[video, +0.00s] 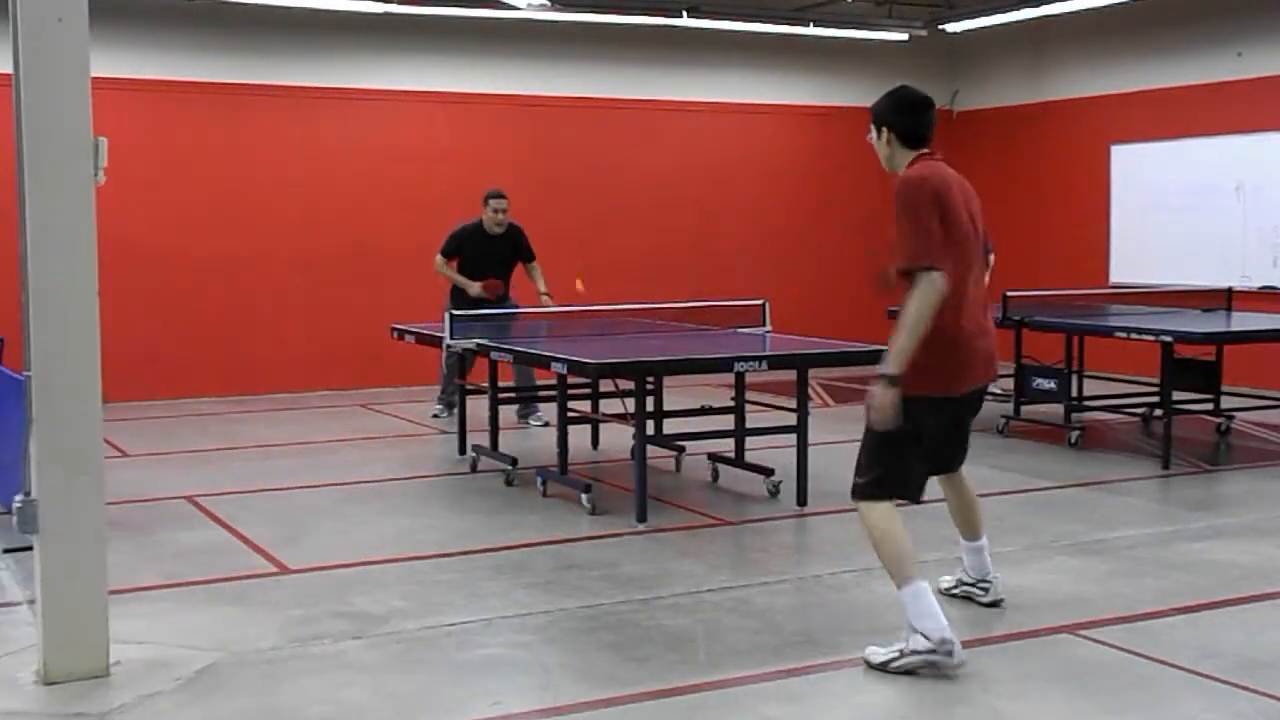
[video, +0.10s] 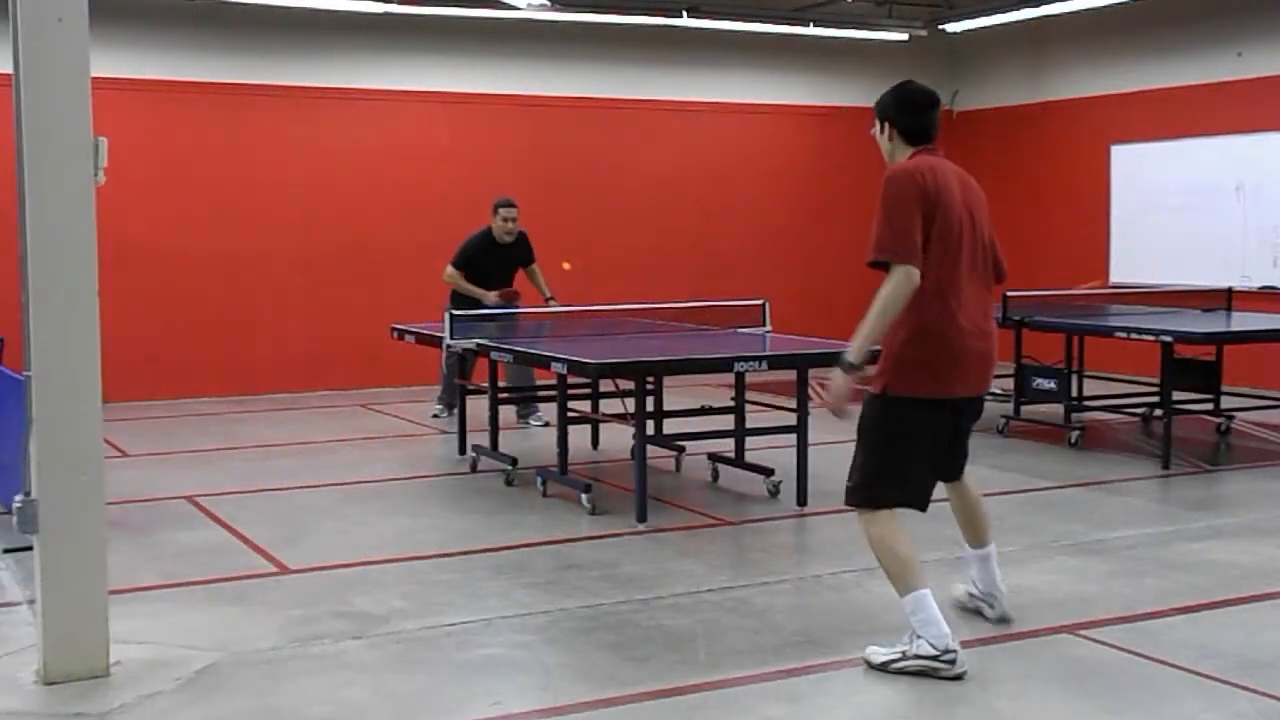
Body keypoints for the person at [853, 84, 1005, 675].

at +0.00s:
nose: (870, 140)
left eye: (871, 131)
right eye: (873, 130)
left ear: (885, 135)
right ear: (926, 134)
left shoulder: (916, 183)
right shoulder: (955, 181)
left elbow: (934, 279)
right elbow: (983, 262)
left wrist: (888, 373)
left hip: (926, 371)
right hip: (969, 366)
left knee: (873, 496)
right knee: (947, 464)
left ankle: (930, 634)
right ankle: (979, 575)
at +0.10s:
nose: (876, 139)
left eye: (875, 129)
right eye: (876, 129)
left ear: (887, 130)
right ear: (934, 128)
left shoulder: (905, 179)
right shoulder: (966, 183)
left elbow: (905, 274)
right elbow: (994, 279)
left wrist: (851, 360)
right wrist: (937, 330)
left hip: (916, 372)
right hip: (970, 371)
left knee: (871, 501)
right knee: (953, 471)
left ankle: (932, 640)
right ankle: (989, 589)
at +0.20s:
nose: (882, 125)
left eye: (882, 116)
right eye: (883, 116)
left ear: (893, 117)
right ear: (943, 116)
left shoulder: (907, 164)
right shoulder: (974, 171)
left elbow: (904, 258)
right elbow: (988, 272)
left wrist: (832, 337)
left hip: (919, 362)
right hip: (976, 361)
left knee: (871, 493)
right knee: (960, 478)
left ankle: (931, 637)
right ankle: (1013, 609)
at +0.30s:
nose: (890, 123)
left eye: (889, 114)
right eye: (891, 114)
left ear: (899, 115)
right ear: (950, 114)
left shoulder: (910, 162)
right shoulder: (982, 171)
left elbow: (902, 256)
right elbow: (988, 272)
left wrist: (825, 329)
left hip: (921, 354)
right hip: (989, 356)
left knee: (853, 481)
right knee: (971, 492)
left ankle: (911, 623)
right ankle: (1034, 631)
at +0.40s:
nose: (894, 131)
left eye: (893, 123)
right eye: (896, 122)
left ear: (903, 124)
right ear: (953, 123)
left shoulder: (906, 176)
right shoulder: (988, 181)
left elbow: (887, 267)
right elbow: (1003, 277)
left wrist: (816, 347)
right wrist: (953, 324)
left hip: (920, 369)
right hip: (992, 370)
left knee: (850, 495)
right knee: (974, 502)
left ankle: (877, 647)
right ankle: (1035, 637)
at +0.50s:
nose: (895, 144)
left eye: (895, 135)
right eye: (899, 135)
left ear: (904, 138)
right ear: (954, 137)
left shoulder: (896, 191)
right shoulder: (990, 198)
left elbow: (867, 283)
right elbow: (1008, 303)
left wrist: (811, 368)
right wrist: (981, 368)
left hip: (912, 383)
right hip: (986, 386)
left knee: (848, 514)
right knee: (973, 507)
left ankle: (870, 669)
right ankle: (1033, 635)